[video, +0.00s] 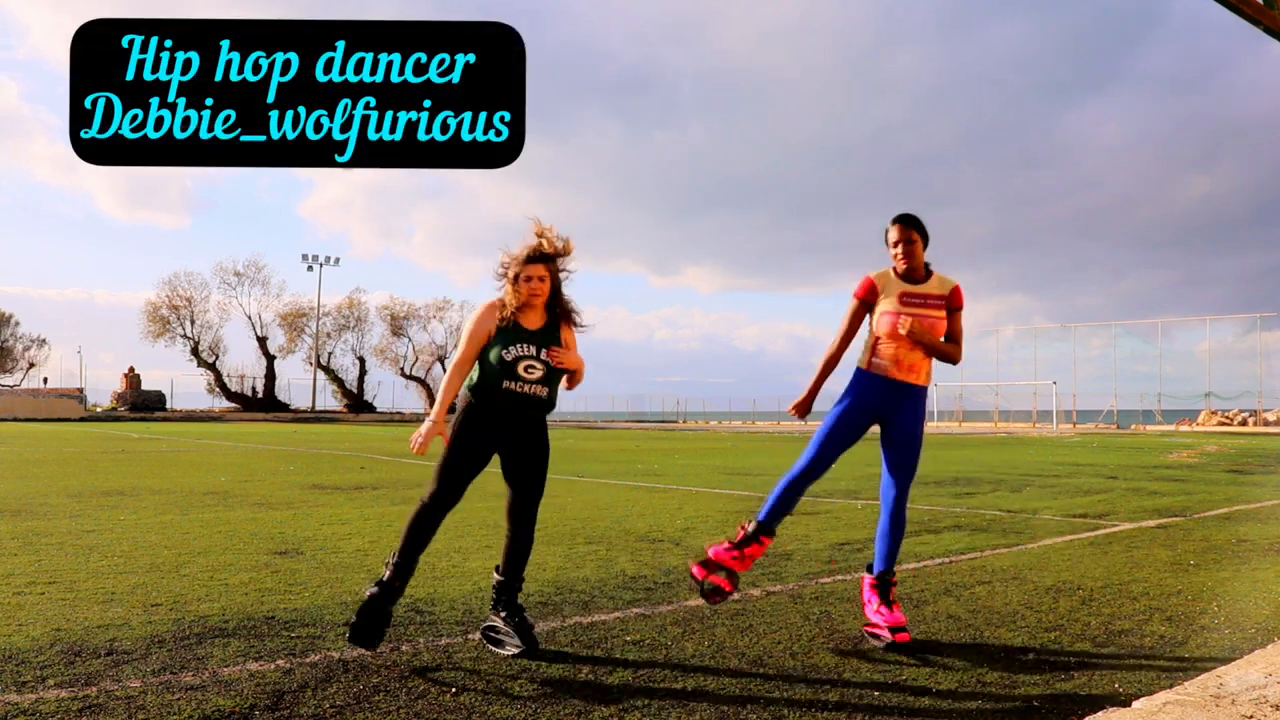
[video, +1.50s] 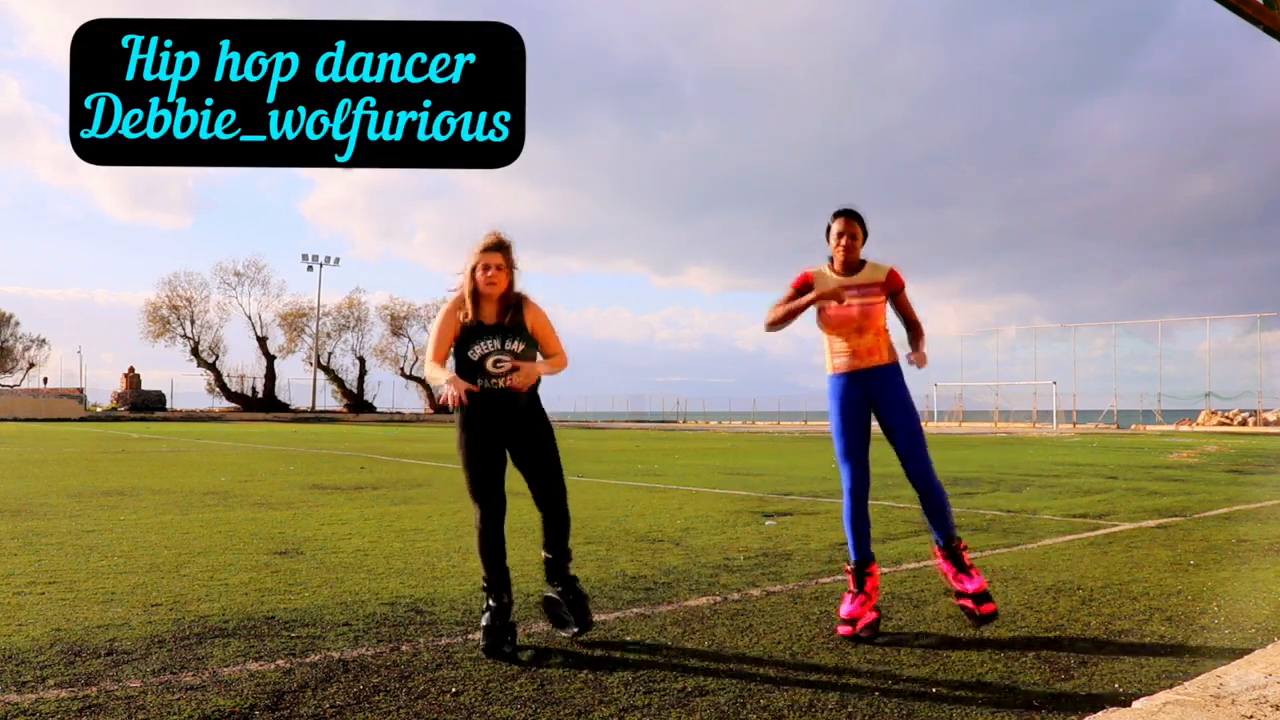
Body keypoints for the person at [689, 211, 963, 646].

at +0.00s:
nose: (901, 251)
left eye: (908, 242)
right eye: (895, 245)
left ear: (925, 244)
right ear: (888, 250)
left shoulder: (949, 291)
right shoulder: (877, 285)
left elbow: (954, 355)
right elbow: (841, 342)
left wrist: (921, 336)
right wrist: (810, 393)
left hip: (909, 400)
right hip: (865, 389)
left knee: (896, 497)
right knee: (810, 466)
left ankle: (880, 589)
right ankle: (757, 535)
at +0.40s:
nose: (917, 248)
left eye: (924, 240)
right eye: (911, 241)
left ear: (940, 243)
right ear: (904, 245)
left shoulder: (961, 289)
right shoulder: (890, 281)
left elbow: (981, 349)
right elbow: (862, 339)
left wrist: (956, 352)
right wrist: (839, 393)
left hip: (920, 397)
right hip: (876, 384)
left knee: (924, 494)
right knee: (817, 459)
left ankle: (917, 590)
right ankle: (747, 529)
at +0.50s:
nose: (912, 254)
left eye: (919, 246)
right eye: (906, 247)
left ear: (935, 251)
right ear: (899, 253)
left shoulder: (959, 295)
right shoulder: (887, 289)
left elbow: (1000, 341)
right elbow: (855, 340)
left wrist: (990, 360)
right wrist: (856, 388)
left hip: (919, 402)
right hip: (876, 392)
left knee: (922, 500)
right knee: (822, 474)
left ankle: (916, 592)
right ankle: (769, 551)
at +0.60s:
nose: (898, 229)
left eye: (906, 223)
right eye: (892, 222)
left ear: (919, 228)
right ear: (883, 226)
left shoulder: (941, 263)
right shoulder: (865, 263)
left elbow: (988, 300)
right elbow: (837, 319)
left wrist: (980, 345)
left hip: (913, 373)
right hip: (869, 369)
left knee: (918, 477)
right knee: (840, 464)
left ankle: (923, 575)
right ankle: (817, 559)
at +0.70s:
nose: (886, 220)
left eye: (894, 214)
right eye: (881, 212)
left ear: (906, 218)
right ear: (870, 214)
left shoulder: (925, 251)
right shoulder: (851, 252)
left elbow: (962, 299)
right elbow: (833, 311)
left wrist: (961, 353)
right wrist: (860, 279)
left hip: (910, 358)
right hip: (863, 357)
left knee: (926, 462)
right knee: (851, 459)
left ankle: (940, 558)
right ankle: (842, 559)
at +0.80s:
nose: (866, 231)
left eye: (874, 225)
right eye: (861, 223)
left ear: (887, 230)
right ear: (850, 226)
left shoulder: (905, 265)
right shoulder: (832, 267)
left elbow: (918, 324)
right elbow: (822, 328)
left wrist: (929, 377)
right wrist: (846, 287)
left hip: (903, 367)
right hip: (857, 372)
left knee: (943, 463)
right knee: (858, 478)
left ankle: (987, 552)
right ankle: (861, 576)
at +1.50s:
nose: (846, 242)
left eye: (853, 236)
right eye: (840, 236)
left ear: (863, 242)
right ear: (828, 241)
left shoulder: (884, 277)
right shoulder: (811, 280)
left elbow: (910, 320)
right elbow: (771, 322)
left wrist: (917, 346)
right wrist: (816, 295)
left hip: (888, 377)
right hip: (844, 384)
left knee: (922, 472)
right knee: (854, 485)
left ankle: (953, 555)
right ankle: (862, 582)